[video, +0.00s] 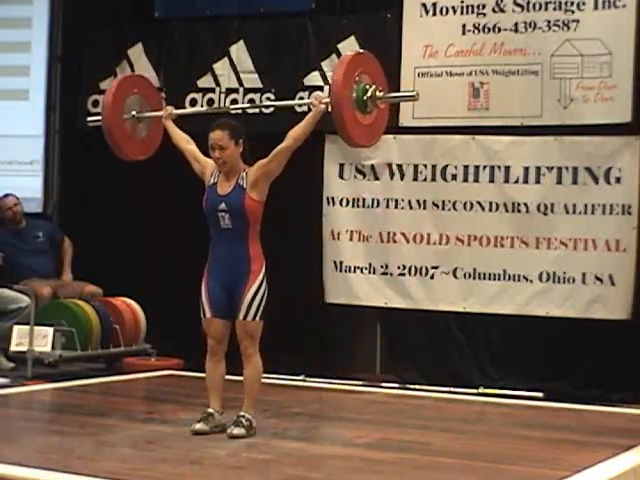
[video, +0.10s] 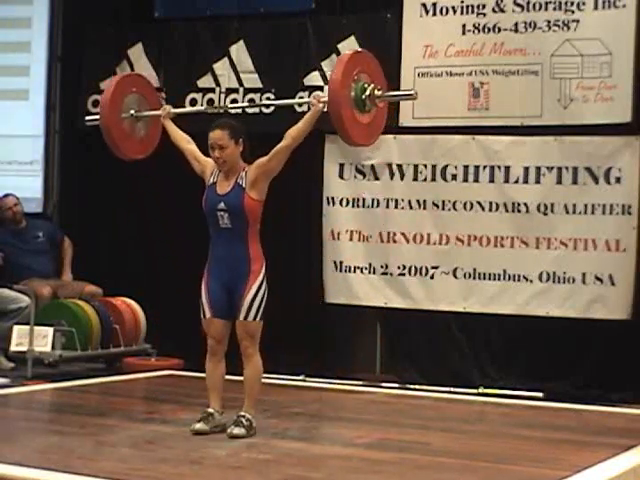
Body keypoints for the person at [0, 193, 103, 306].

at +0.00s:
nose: (14, 211)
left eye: (16, 205)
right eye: (8, 209)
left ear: (21, 205)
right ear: (2, 215)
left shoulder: (41, 225)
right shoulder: (4, 234)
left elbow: (66, 242)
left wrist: (67, 273)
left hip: (54, 279)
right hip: (25, 281)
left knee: (95, 292)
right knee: (45, 293)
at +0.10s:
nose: (14, 211)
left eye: (16, 205)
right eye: (8, 209)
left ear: (21, 206)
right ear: (2, 215)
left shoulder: (41, 225)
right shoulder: (4, 234)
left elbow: (66, 242)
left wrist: (67, 273)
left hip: (54, 279)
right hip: (25, 281)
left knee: (95, 292)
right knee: (45, 293)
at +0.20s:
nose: (14, 210)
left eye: (16, 205)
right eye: (8, 209)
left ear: (21, 206)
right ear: (3, 215)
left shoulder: (41, 226)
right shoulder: (4, 235)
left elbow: (66, 242)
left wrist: (67, 273)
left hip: (54, 279)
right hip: (26, 280)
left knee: (94, 292)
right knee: (45, 293)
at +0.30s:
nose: (14, 210)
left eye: (16, 205)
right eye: (8, 209)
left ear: (21, 206)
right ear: (3, 215)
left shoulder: (41, 226)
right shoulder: (4, 235)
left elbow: (66, 242)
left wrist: (67, 273)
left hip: (54, 279)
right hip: (26, 280)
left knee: (94, 292)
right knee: (45, 293)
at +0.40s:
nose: (14, 210)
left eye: (16, 205)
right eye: (8, 209)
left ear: (21, 206)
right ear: (2, 215)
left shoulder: (41, 226)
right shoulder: (4, 235)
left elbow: (66, 242)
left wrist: (67, 273)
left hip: (54, 279)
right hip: (26, 280)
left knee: (94, 292)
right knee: (45, 293)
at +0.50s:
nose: (15, 211)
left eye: (16, 205)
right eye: (9, 209)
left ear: (22, 206)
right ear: (3, 215)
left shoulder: (41, 226)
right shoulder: (4, 235)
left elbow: (66, 242)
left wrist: (67, 273)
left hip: (54, 279)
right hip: (26, 280)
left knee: (94, 292)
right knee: (45, 293)